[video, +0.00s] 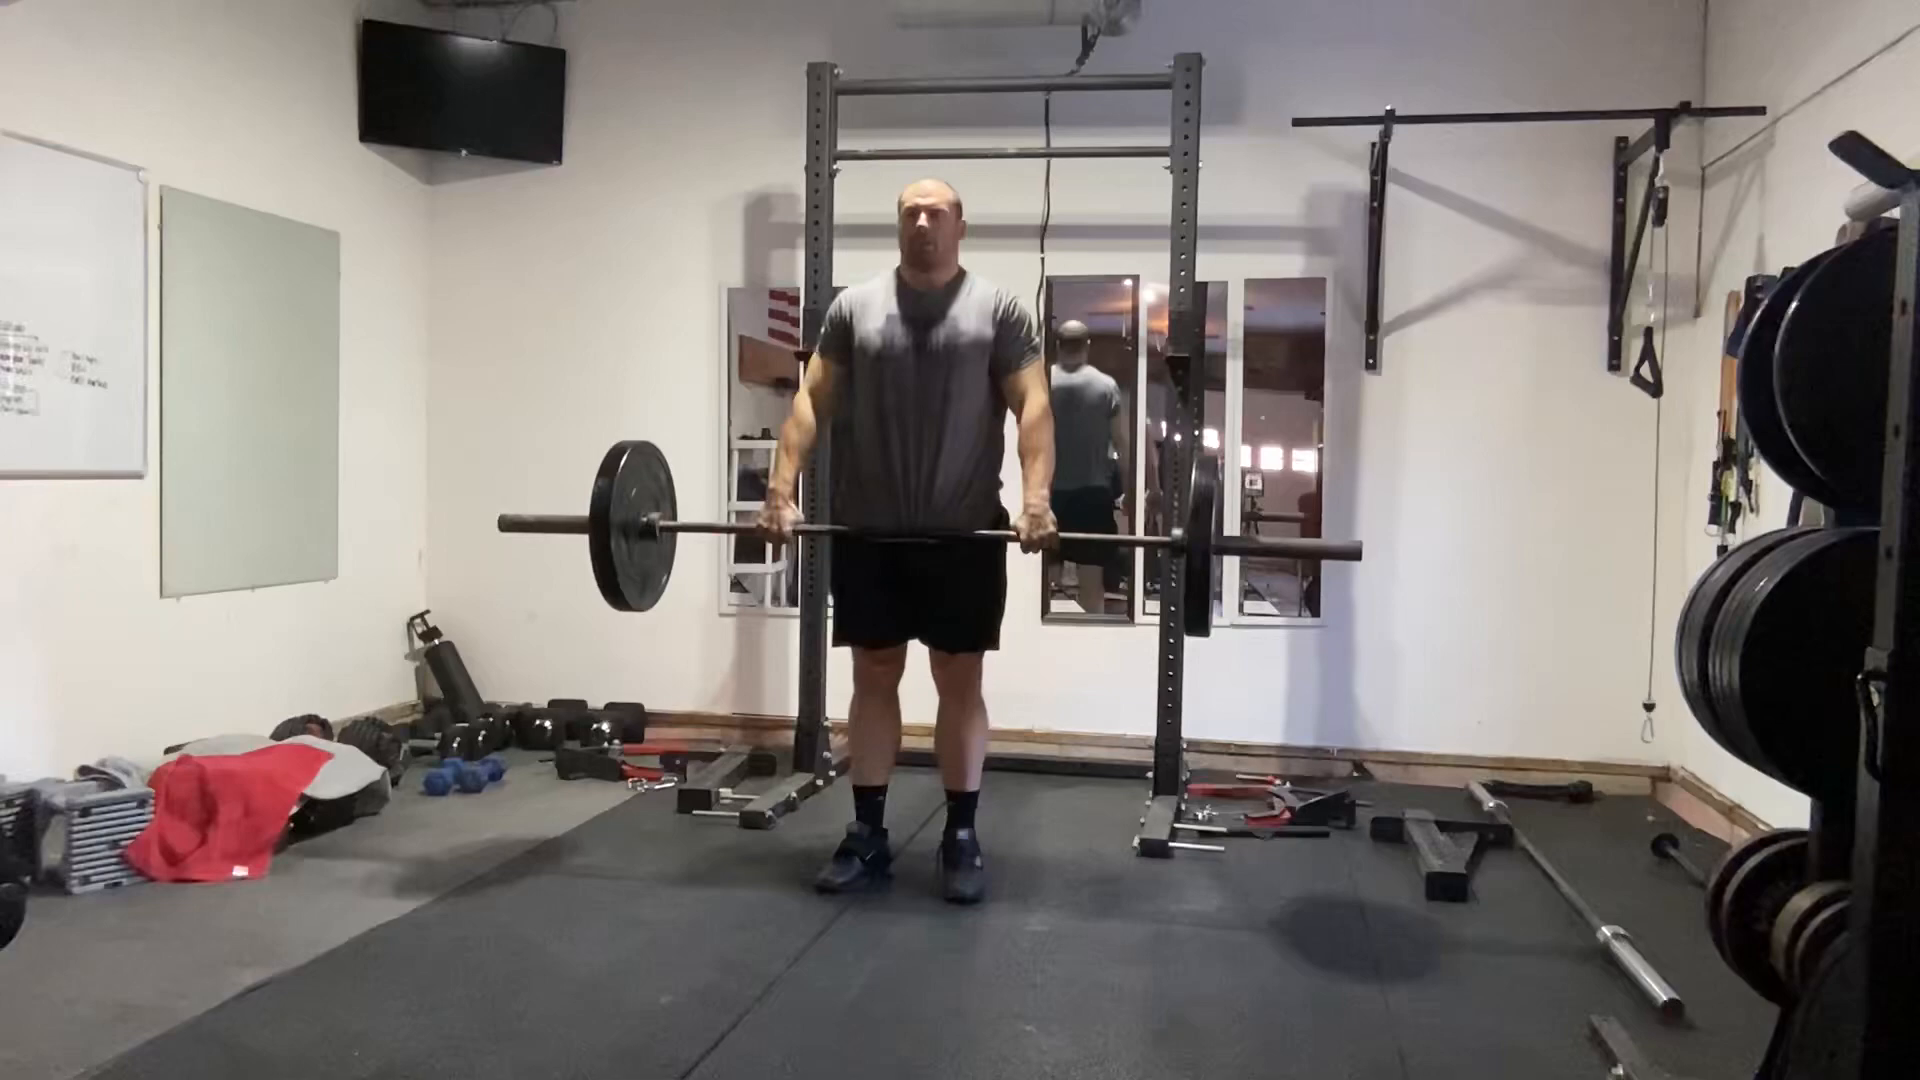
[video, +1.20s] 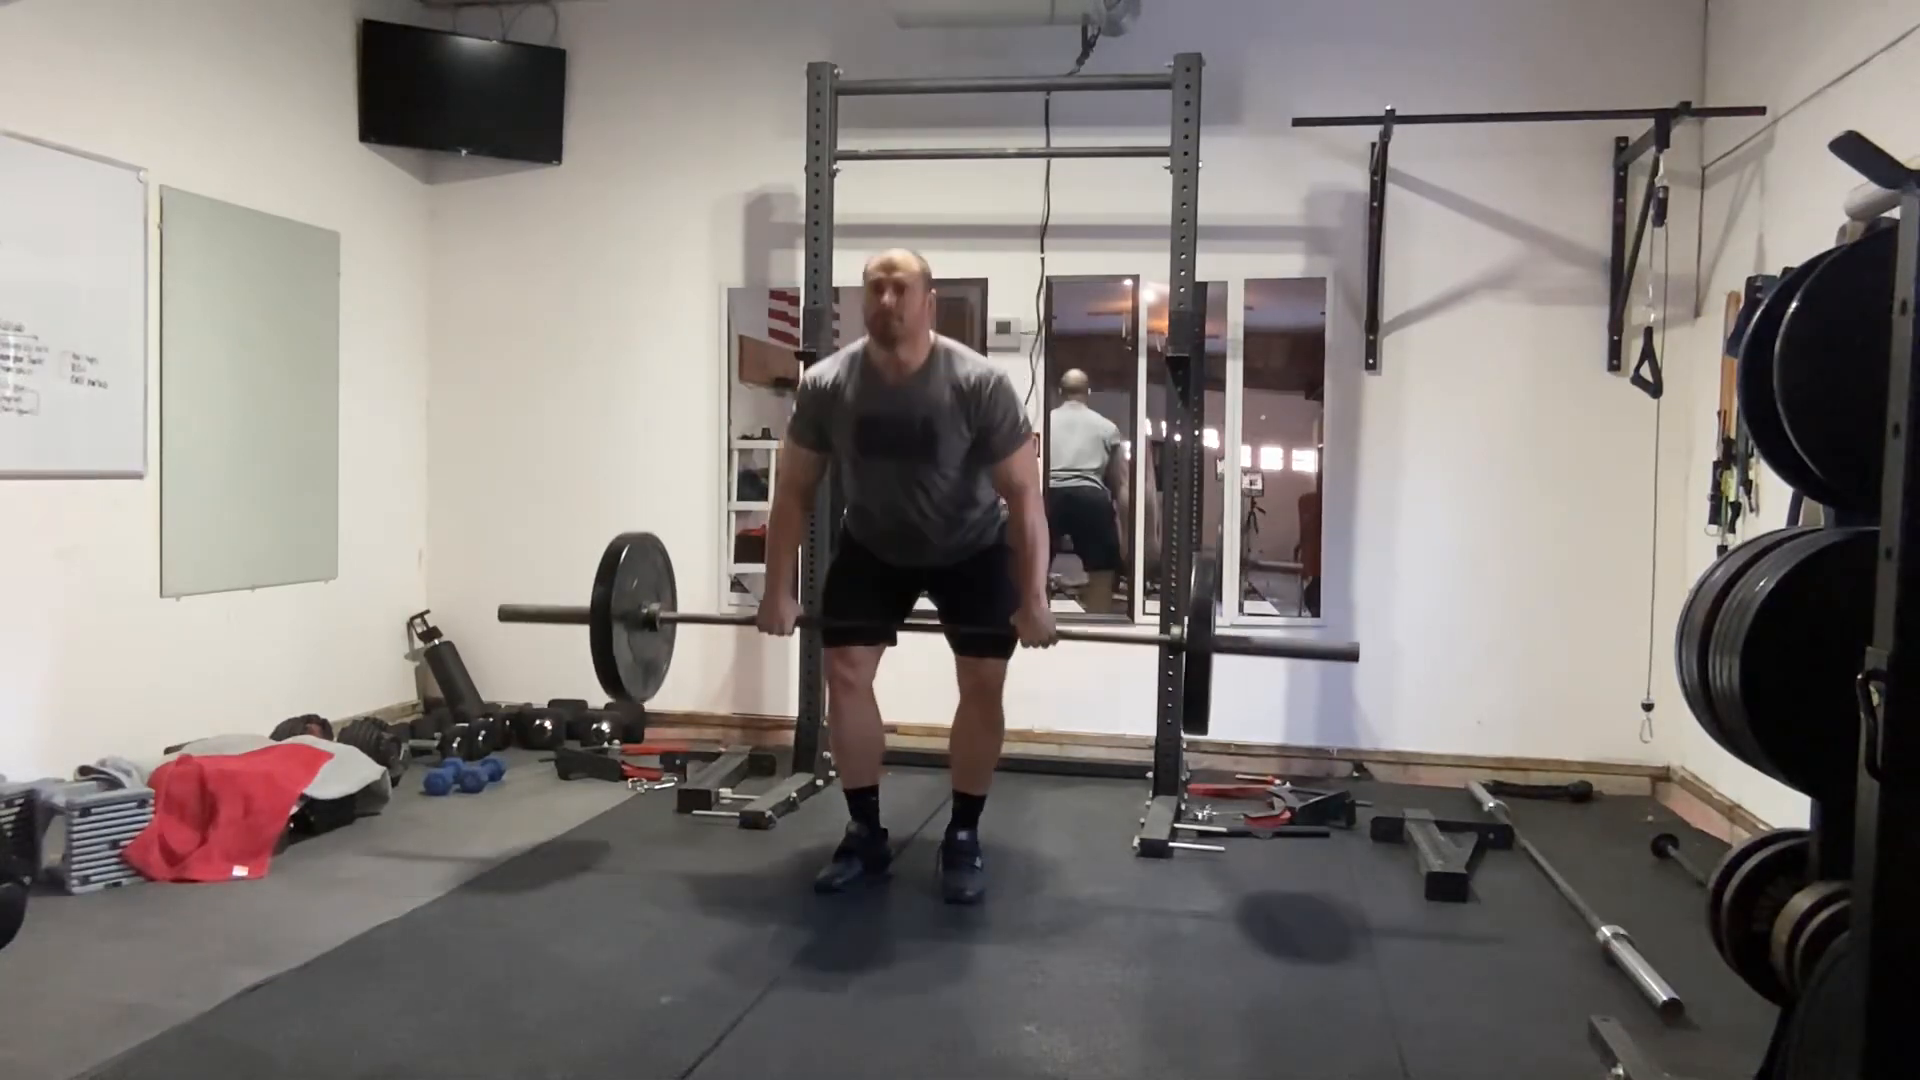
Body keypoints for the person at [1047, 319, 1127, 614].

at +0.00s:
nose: (1072, 350)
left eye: (1068, 345)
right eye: (1076, 344)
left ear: (1058, 345)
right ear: (1087, 345)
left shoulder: (1042, 384)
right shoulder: (1106, 385)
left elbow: (1031, 440)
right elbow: (1122, 442)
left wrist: (1033, 488)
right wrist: (1128, 491)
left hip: (1052, 489)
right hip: (1094, 490)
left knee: (1047, 568)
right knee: (1090, 572)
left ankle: (1039, 637)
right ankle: (1094, 639)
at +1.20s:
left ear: (1060, 392)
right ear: (1088, 392)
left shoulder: (1044, 421)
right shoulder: (1106, 427)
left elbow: (1032, 466)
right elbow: (1119, 482)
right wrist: (1127, 537)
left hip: (1051, 498)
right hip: (1091, 499)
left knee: (1036, 565)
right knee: (1101, 571)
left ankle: (1033, 633)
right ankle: (1097, 640)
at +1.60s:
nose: (1079, 356)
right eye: (1084, 350)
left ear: (1057, 352)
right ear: (1085, 353)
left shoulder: (1043, 386)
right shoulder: (1103, 389)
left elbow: (1031, 441)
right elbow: (1127, 440)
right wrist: (1129, 491)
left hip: (1051, 492)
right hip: (1093, 491)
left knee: (1047, 566)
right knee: (1094, 569)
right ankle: (1095, 631)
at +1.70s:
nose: (1068, 347)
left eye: (1063, 341)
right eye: (1072, 340)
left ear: (1053, 341)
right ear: (1083, 341)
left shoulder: (1044, 378)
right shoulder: (1102, 375)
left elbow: (1030, 426)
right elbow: (1129, 421)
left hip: (1050, 483)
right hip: (1090, 481)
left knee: (1044, 569)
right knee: (1091, 568)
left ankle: (1034, 639)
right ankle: (1098, 636)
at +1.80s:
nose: (1069, 348)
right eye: (1072, 340)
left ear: (1051, 342)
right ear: (1081, 342)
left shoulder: (1041, 375)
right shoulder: (1097, 374)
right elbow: (1129, 412)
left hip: (1047, 486)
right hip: (1088, 482)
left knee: (1043, 573)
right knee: (1092, 570)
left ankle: (1033, 642)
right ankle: (1098, 638)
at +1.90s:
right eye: (1082, 344)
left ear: (1053, 348)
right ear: (1082, 347)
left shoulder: (1041, 384)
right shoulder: (1098, 385)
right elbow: (1120, 429)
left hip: (1047, 490)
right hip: (1087, 487)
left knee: (1044, 573)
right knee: (1089, 572)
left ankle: (1036, 641)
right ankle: (1096, 637)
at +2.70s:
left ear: (1056, 386)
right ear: (1086, 385)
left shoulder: (1041, 427)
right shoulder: (1107, 430)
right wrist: (1125, 425)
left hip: (1050, 523)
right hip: (1093, 523)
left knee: (1034, 589)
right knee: (1107, 589)